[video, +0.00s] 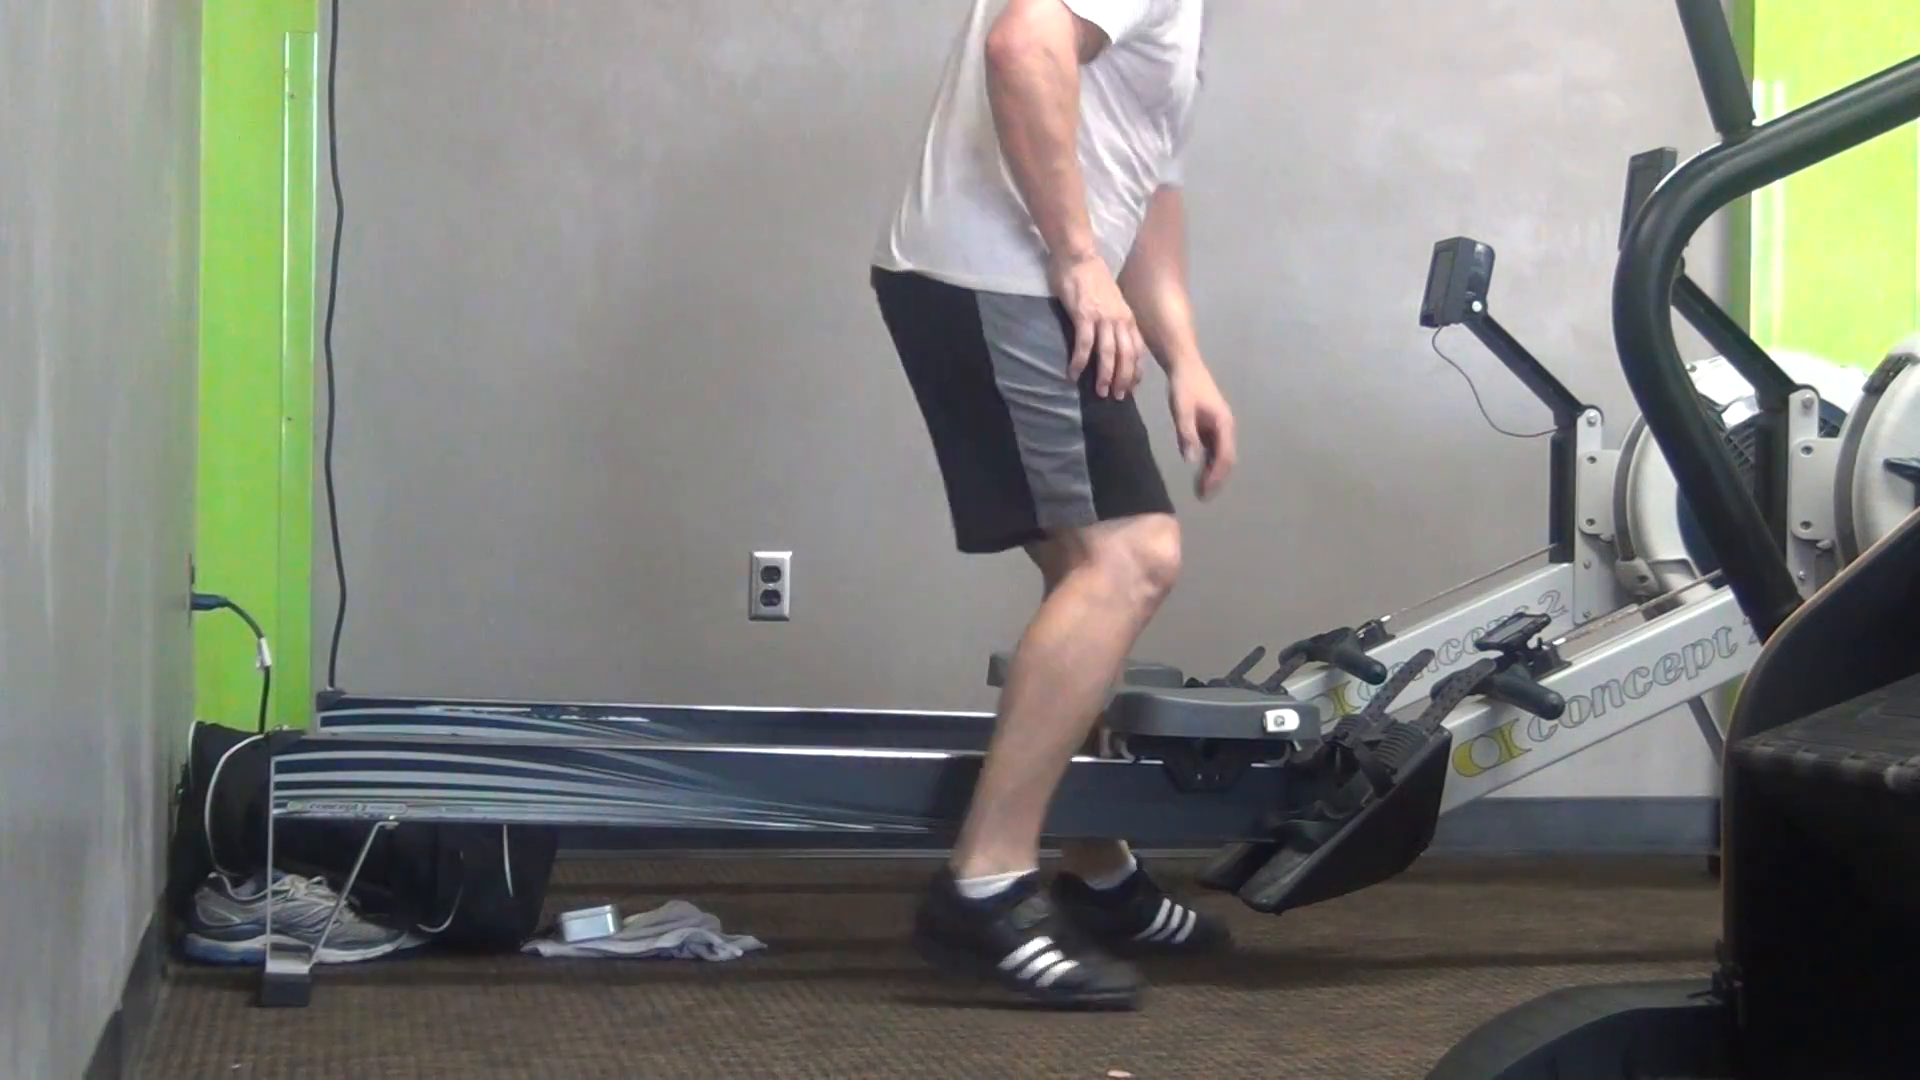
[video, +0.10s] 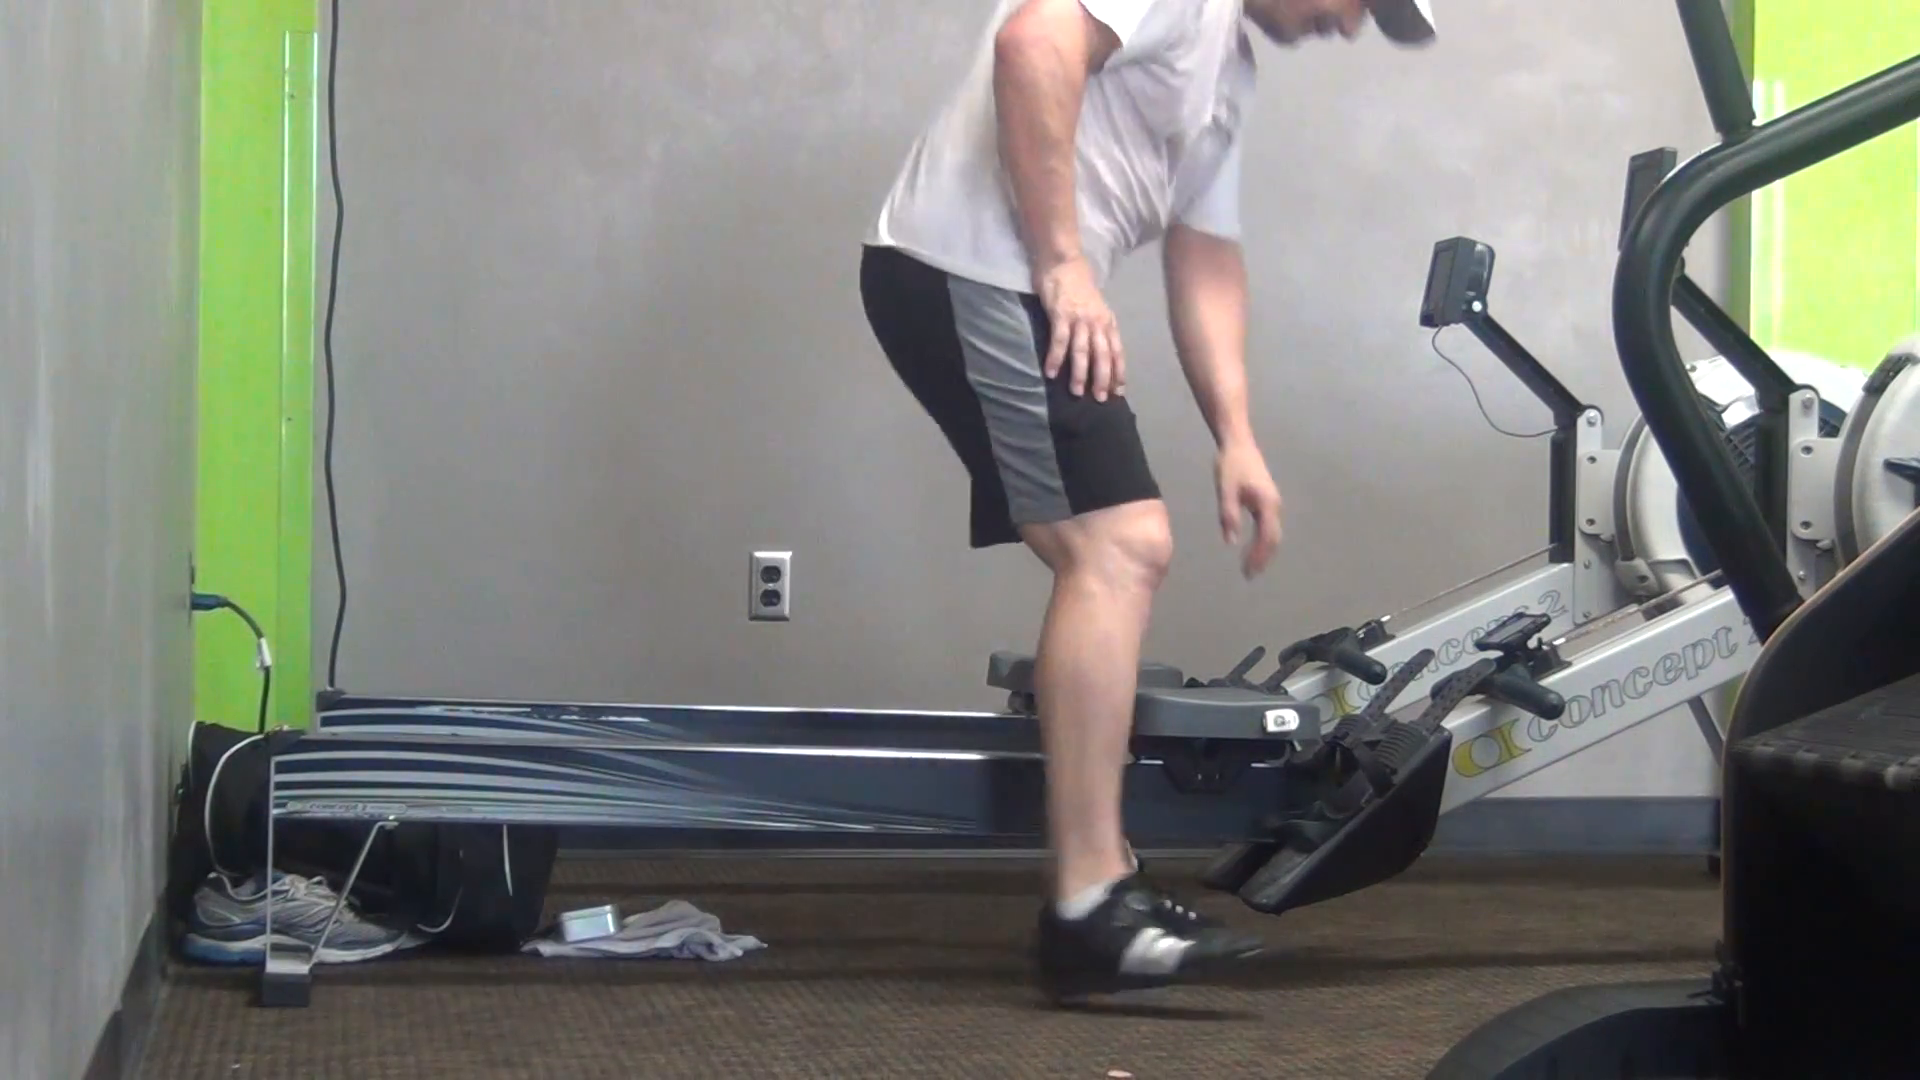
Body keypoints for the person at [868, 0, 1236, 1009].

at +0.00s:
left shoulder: (1171, 21)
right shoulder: (1139, 1)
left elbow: (1150, 192)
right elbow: (1024, 46)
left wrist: (1185, 359)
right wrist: (1080, 259)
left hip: (1018, 269)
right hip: (990, 263)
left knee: (1092, 574)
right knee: (1134, 555)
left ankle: (1086, 866)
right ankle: (985, 885)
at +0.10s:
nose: (1348, 26)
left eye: (1363, 19)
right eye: (1354, 4)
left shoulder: (1222, 79)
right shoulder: (1182, 2)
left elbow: (1206, 256)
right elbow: (1036, 44)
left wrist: (1236, 434)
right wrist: (1065, 261)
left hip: (1008, 276)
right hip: (966, 260)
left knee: (1108, 557)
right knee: (1120, 545)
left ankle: (1094, 888)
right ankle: (1086, 902)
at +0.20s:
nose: (1380, 104)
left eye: (1400, 92)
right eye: (1395, 73)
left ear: (1350, 22)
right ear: (1354, 12)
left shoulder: (1249, 152)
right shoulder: (1221, 20)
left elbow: (1239, 326)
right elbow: (1049, 64)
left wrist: (1271, 508)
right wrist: (1046, 277)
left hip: (1023, 301)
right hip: (958, 276)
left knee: (1143, 557)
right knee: (1115, 558)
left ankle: (1100, 892)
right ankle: (1120, 918)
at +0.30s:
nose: (1393, 175)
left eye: (1414, 163)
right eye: (1409, 143)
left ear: (1373, 85)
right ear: (1376, 73)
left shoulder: (1259, 211)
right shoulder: (1240, 49)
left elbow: (1248, 389)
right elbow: (1066, 96)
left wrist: (1279, 572)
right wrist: (1064, 310)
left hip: (1014, 330)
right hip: (963, 305)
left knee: (1148, 577)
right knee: (1152, 568)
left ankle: (1099, 887)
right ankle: (1135, 927)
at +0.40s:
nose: (1396, 222)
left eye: (1417, 211)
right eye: (1413, 192)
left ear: (1379, 126)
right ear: (1385, 120)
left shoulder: (1268, 244)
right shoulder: (1248, 96)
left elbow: (1244, 420)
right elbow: (1077, 133)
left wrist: (1266, 584)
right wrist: (1073, 343)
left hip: (1025, 371)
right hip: (969, 349)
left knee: (1187, 584)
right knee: (1204, 574)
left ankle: (1096, 884)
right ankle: (1139, 928)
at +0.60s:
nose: (1384, 254)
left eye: (1404, 243)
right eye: (1400, 224)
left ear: (1357, 157)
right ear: (1366, 153)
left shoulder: (1264, 274)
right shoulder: (1233, 161)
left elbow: (1245, 469)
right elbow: (1074, 222)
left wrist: (1236, 636)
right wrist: (1106, 422)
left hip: (1035, 468)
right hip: (997, 454)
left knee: (1213, 660)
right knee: (1293, 606)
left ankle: (1099, 881)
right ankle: (1145, 928)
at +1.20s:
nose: (1197, 257)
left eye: (1212, 237)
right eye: (1201, 224)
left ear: (1144, 179)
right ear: (1144, 174)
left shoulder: (1087, 301)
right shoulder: (1024, 240)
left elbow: (1150, 502)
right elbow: (887, 376)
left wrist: (1266, 659)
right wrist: (1001, 531)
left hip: (968, 593)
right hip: (910, 597)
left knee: (1220, 677)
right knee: (1263, 600)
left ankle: (1099, 880)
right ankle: (1140, 925)